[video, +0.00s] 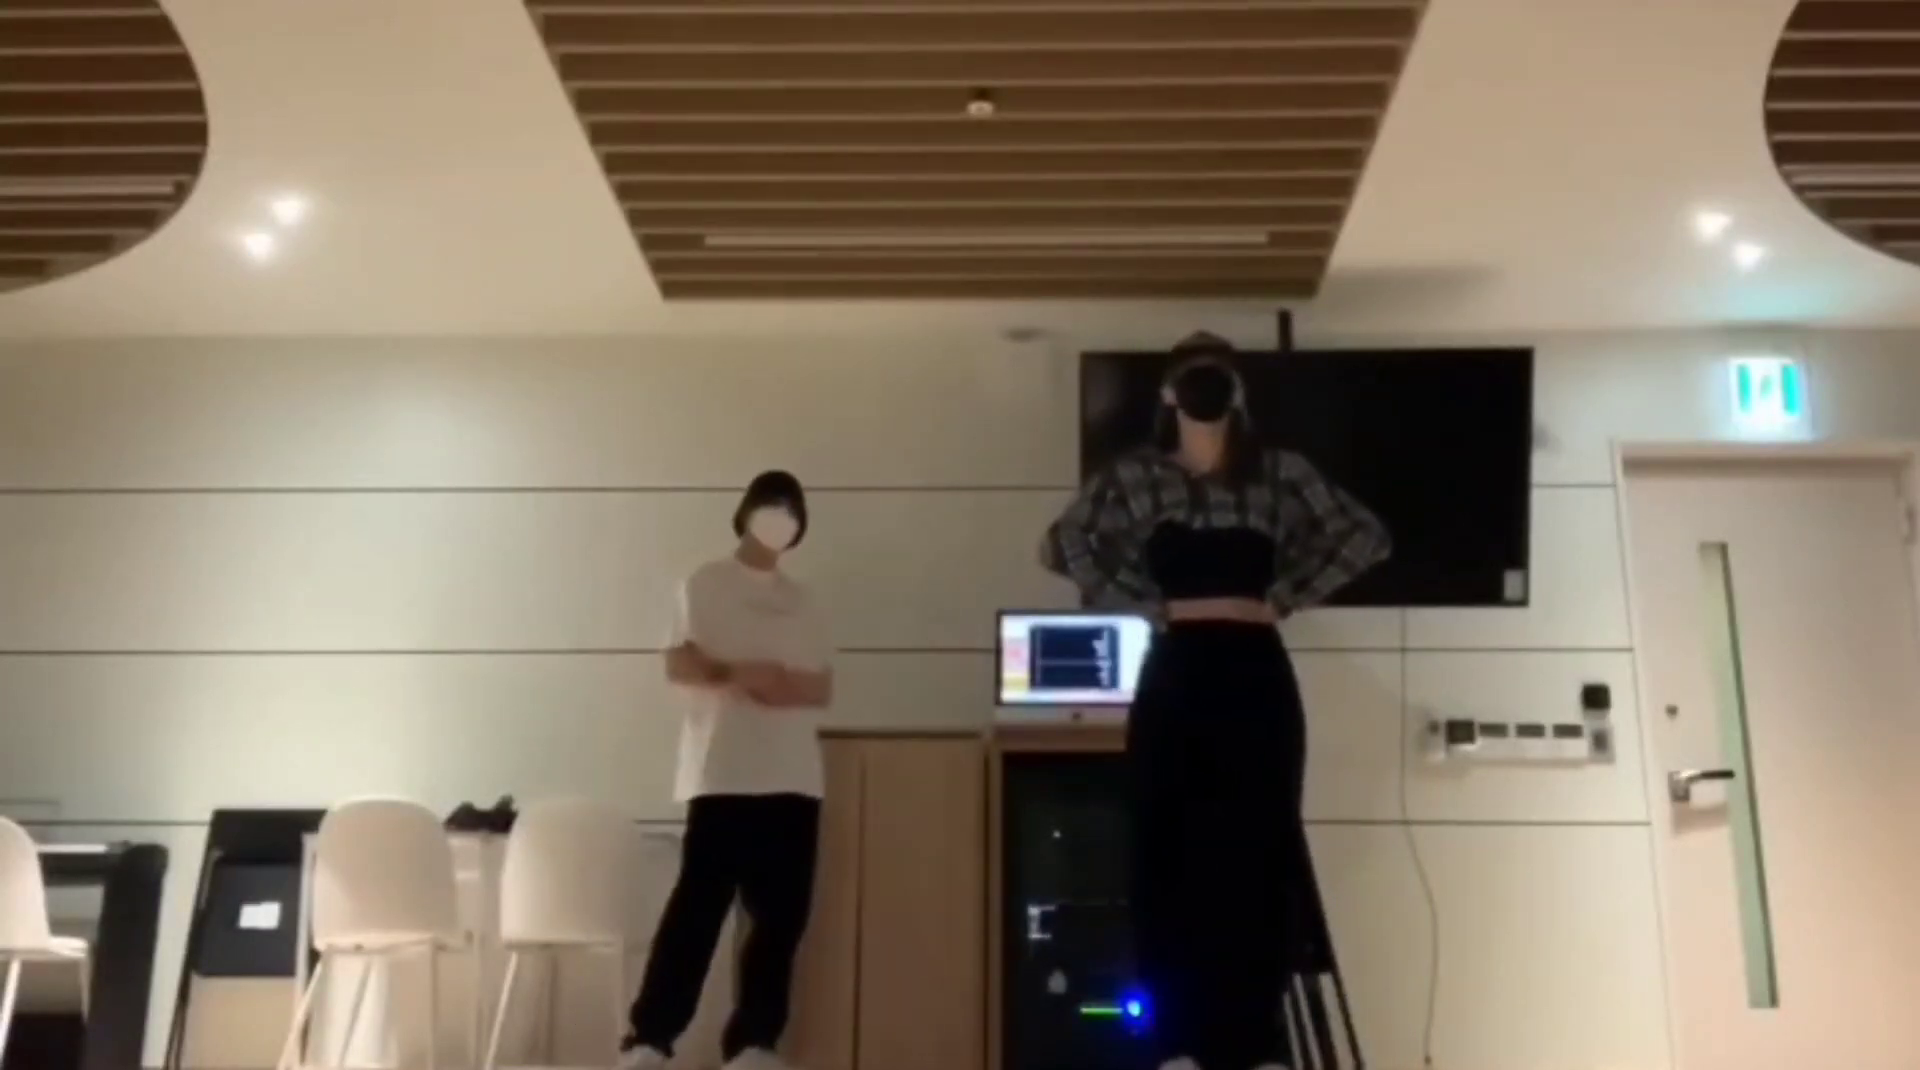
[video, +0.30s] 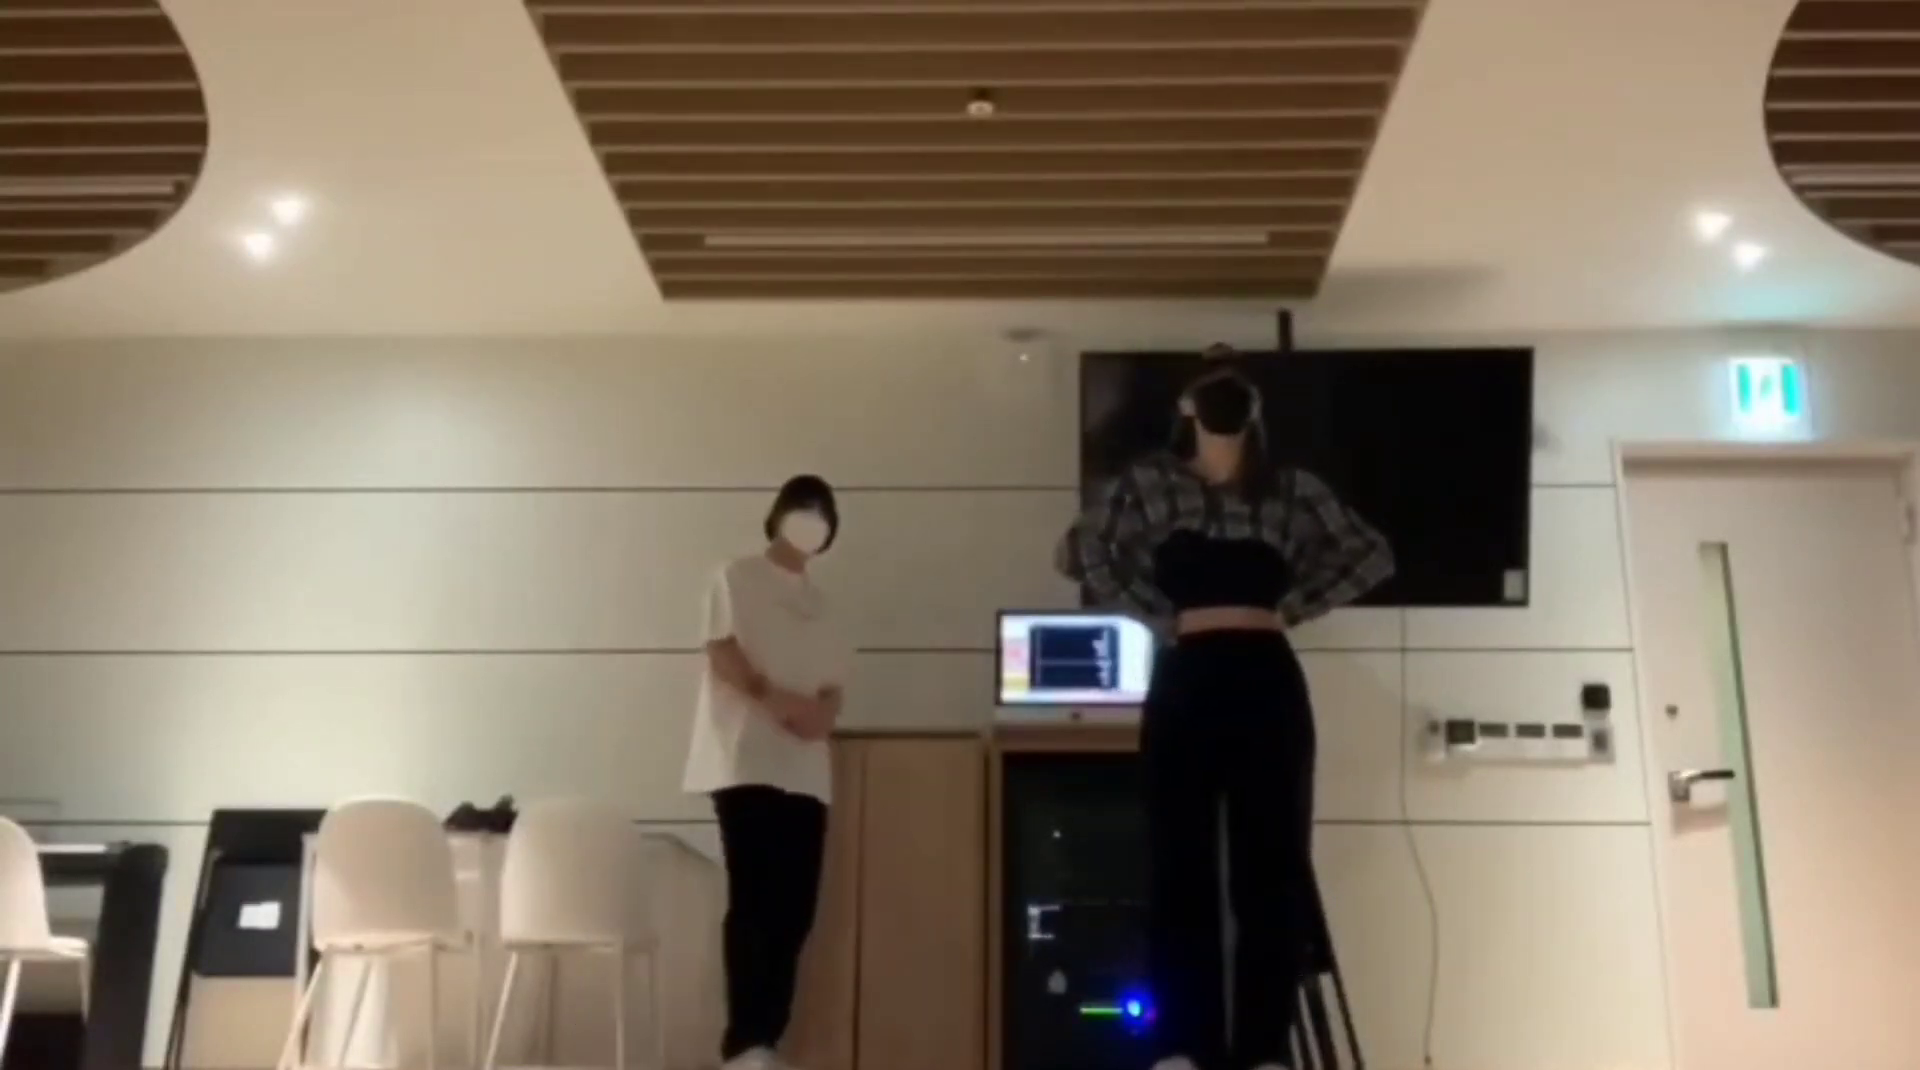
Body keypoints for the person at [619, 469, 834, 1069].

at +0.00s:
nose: (778, 520)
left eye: (790, 513)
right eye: (768, 506)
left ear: (799, 527)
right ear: (744, 513)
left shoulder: (805, 600)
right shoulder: (707, 582)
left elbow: (823, 687)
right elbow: (681, 664)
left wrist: (768, 686)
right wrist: (754, 673)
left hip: (792, 778)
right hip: (721, 775)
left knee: (782, 919)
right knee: (698, 909)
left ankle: (753, 1046)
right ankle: (650, 1040)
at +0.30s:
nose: (811, 526)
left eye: (822, 518)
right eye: (801, 511)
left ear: (831, 531)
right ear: (778, 515)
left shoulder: (819, 600)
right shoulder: (736, 577)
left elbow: (835, 675)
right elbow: (723, 656)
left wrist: (823, 714)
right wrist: (784, 702)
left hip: (805, 770)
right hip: (746, 764)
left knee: (794, 908)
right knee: (756, 904)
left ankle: (766, 1042)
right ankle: (746, 1043)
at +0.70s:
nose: (840, 523)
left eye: (852, 514)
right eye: (831, 509)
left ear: (864, 529)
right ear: (808, 516)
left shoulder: (855, 609)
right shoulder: (768, 582)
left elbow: (868, 707)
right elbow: (730, 672)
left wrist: (874, 789)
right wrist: (733, 755)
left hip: (839, 783)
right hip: (776, 778)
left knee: (797, 918)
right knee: (819, 917)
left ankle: (752, 1042)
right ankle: (867, 1040)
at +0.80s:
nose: (851, 515)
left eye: (862, 506)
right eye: (839, 502)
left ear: (873, 520)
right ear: (816, 511)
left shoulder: (869, 600)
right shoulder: (782, 581)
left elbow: (880, 698)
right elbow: (739, 670)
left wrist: (885, 780)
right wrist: (735, 756)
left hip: (851, 776)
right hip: (787, 771)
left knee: (804, 913)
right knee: (831, 912)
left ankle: (754, 1042)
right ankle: (872, 1043)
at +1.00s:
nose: (863, 504)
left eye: (874, 494)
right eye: (851, 491)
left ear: (887, 507)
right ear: (829, 500)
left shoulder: (887, 589)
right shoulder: (800, 578)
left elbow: (901, 683)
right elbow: (783, 671)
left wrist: (908, 767)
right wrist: (789, 758)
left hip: (880, 769)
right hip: (821, 766)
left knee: (823, 912)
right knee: (851, 912)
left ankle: (763, 1036)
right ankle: (876, 1043)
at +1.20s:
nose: (873, 498)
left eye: (884, 488)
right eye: (862, 485)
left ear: (897, 501)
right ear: (839, 493)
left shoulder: (888, 578)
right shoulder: (815, 566)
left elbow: (903, 677)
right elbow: (811, 658)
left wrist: (925, 757)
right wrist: (848, 747)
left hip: (902, 770)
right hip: (848, 770)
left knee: (896, 904)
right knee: (857, 914)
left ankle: (803, 1005)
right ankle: (876, 1044)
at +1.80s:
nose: (875, 493)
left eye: (887, 483)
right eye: (864, 480)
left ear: (903, 495)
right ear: (841, 490)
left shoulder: (920, 571)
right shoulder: (810, 568)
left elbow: (939, 665)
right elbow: (794, 675)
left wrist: (947, 734)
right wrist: (812, 754)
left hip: (916, 770)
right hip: (840, 775)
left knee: (945, 901)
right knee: (848, 922)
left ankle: (975, 1018)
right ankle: (876, 1045)